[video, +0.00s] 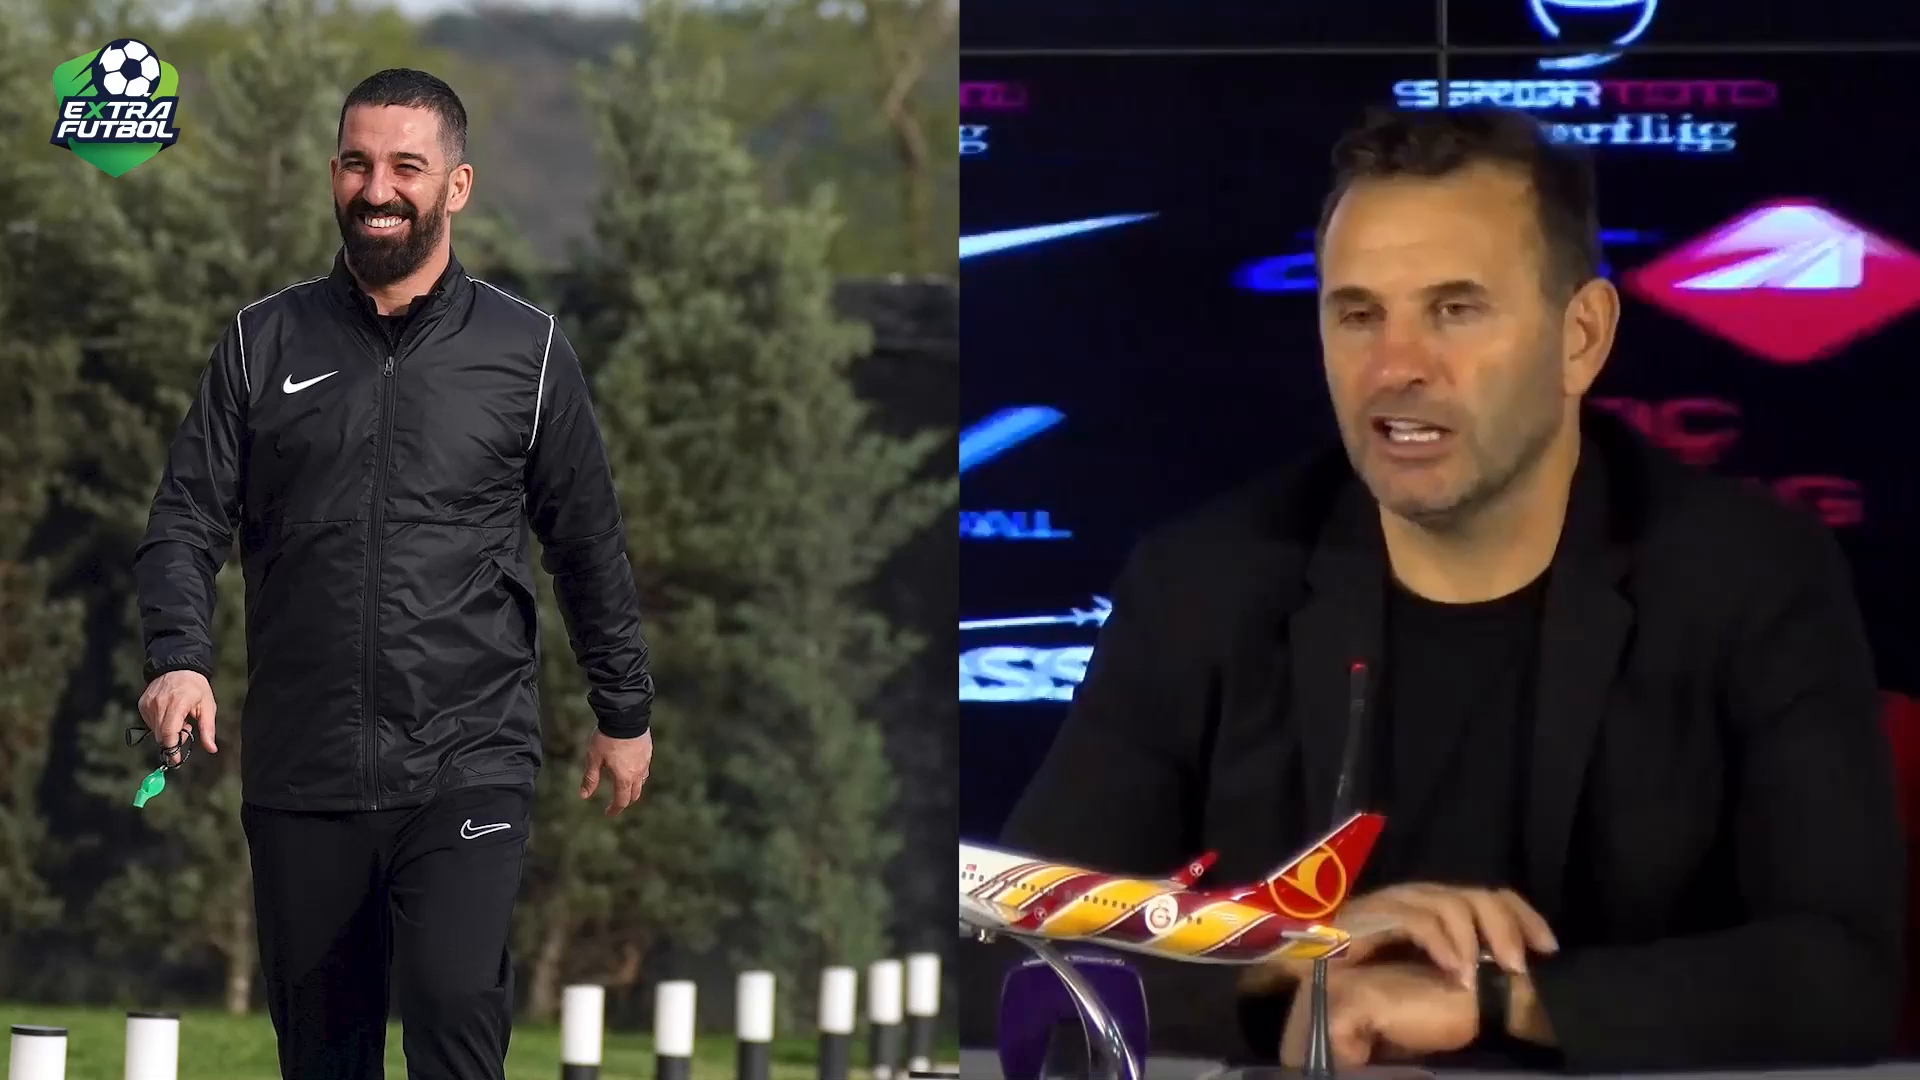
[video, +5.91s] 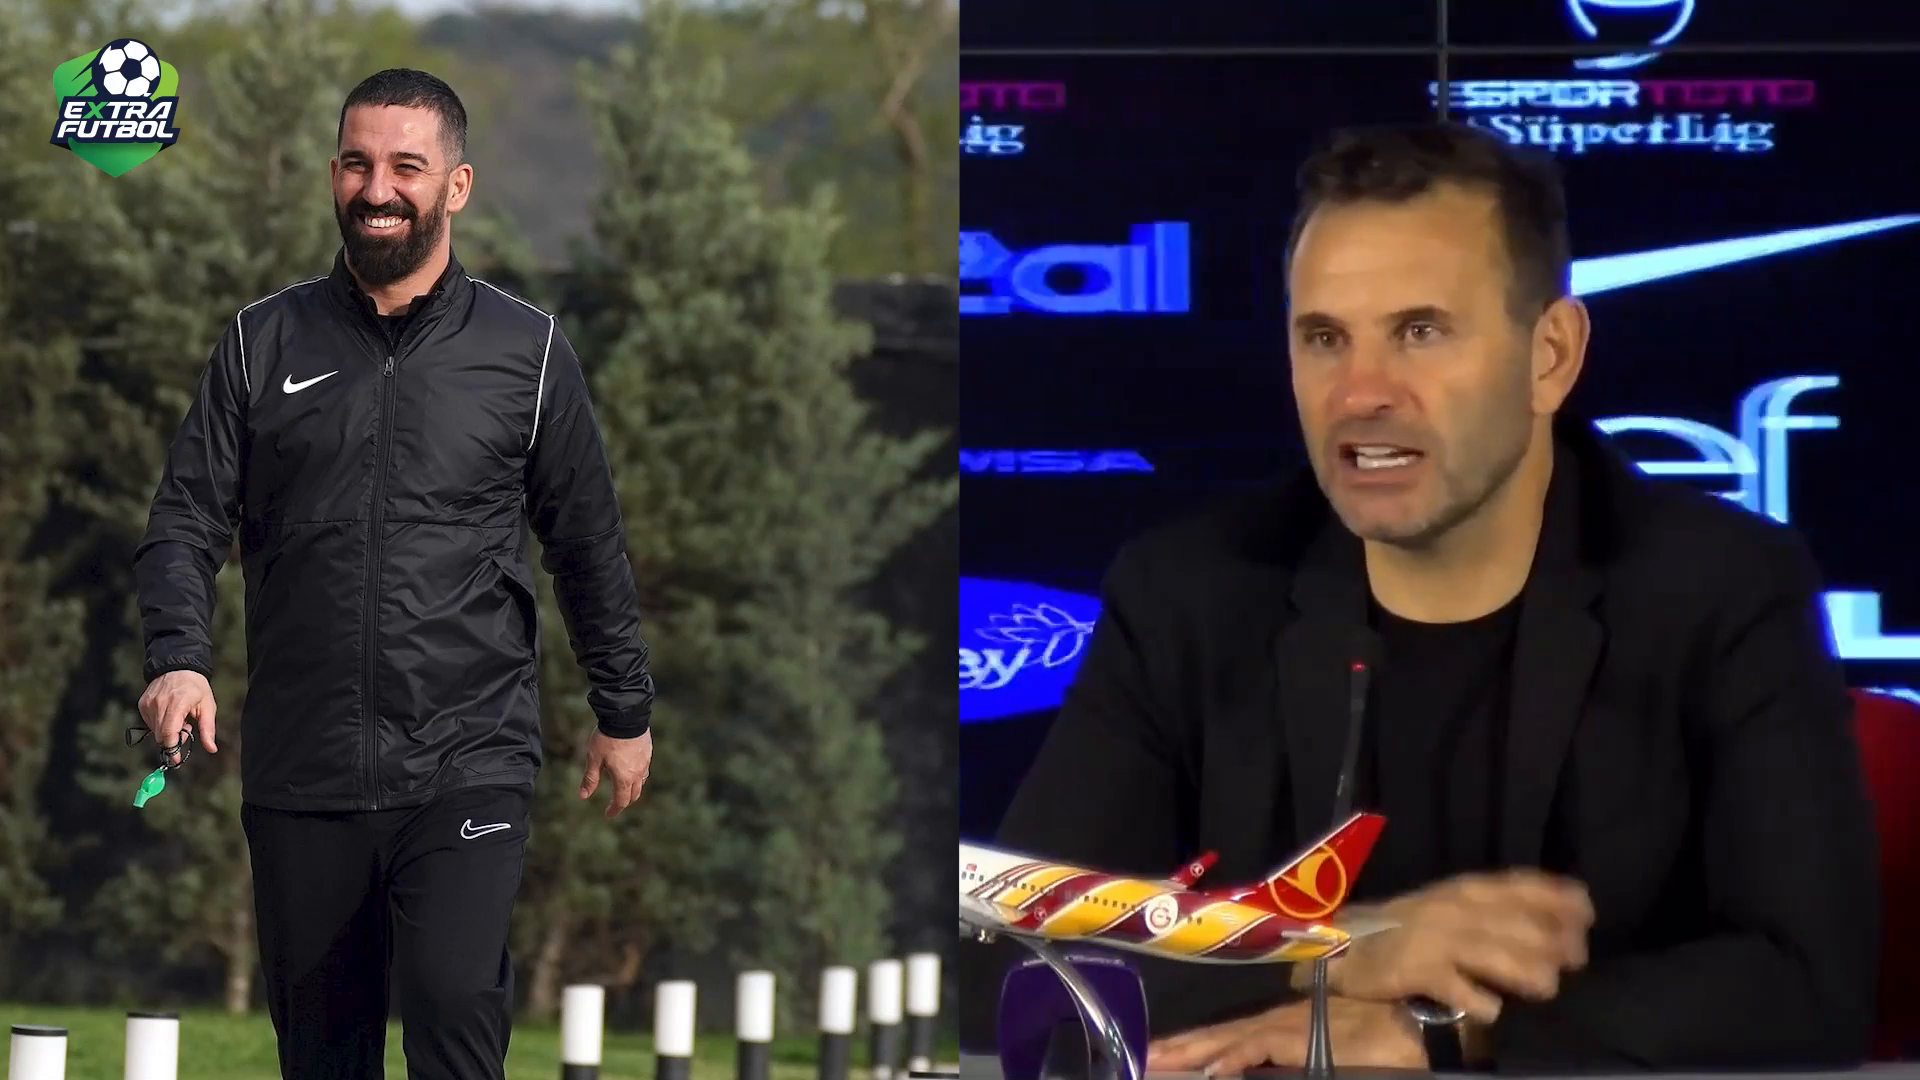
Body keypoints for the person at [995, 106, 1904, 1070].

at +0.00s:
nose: (1397, 369)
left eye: (1457, 309)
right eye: (1359, 315)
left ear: (1583, 336)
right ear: (1322, 331)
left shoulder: (1757, 581)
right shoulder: (1211, 581)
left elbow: (1844, 974)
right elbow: (1025, 936)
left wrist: (1504, 997)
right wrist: (1287, 956)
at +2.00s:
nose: (1335, 394)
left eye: (1399, 338)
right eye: (1310, 336)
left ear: (1545, 362)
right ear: (1285, 345)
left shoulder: (1723, 591)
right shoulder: (1199, 583)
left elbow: (1813, 992)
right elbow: (1043, 966)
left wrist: (1430, 1021)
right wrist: (1358, 887)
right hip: (1260, 1078)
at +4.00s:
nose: (1338, 396)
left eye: (1407, 344)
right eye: (1316, 338)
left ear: (1550, 371)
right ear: (1290, 342)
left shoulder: (1724, 590)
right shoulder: (1189, 586)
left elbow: (1807, 989)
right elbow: (1029, 963)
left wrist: (1428, 1027)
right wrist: (1328, 958)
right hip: (1247, 1073)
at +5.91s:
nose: (1361, 391)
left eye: (1420, 331)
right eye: (1325, 337)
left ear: (1552, 356)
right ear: (1290, 358)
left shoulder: (1726, 592)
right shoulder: (1188, 593)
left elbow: (1806, 989)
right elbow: (1027, 977)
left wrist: (1434, 1031)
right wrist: (1333, 955)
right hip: (1245, 1072)